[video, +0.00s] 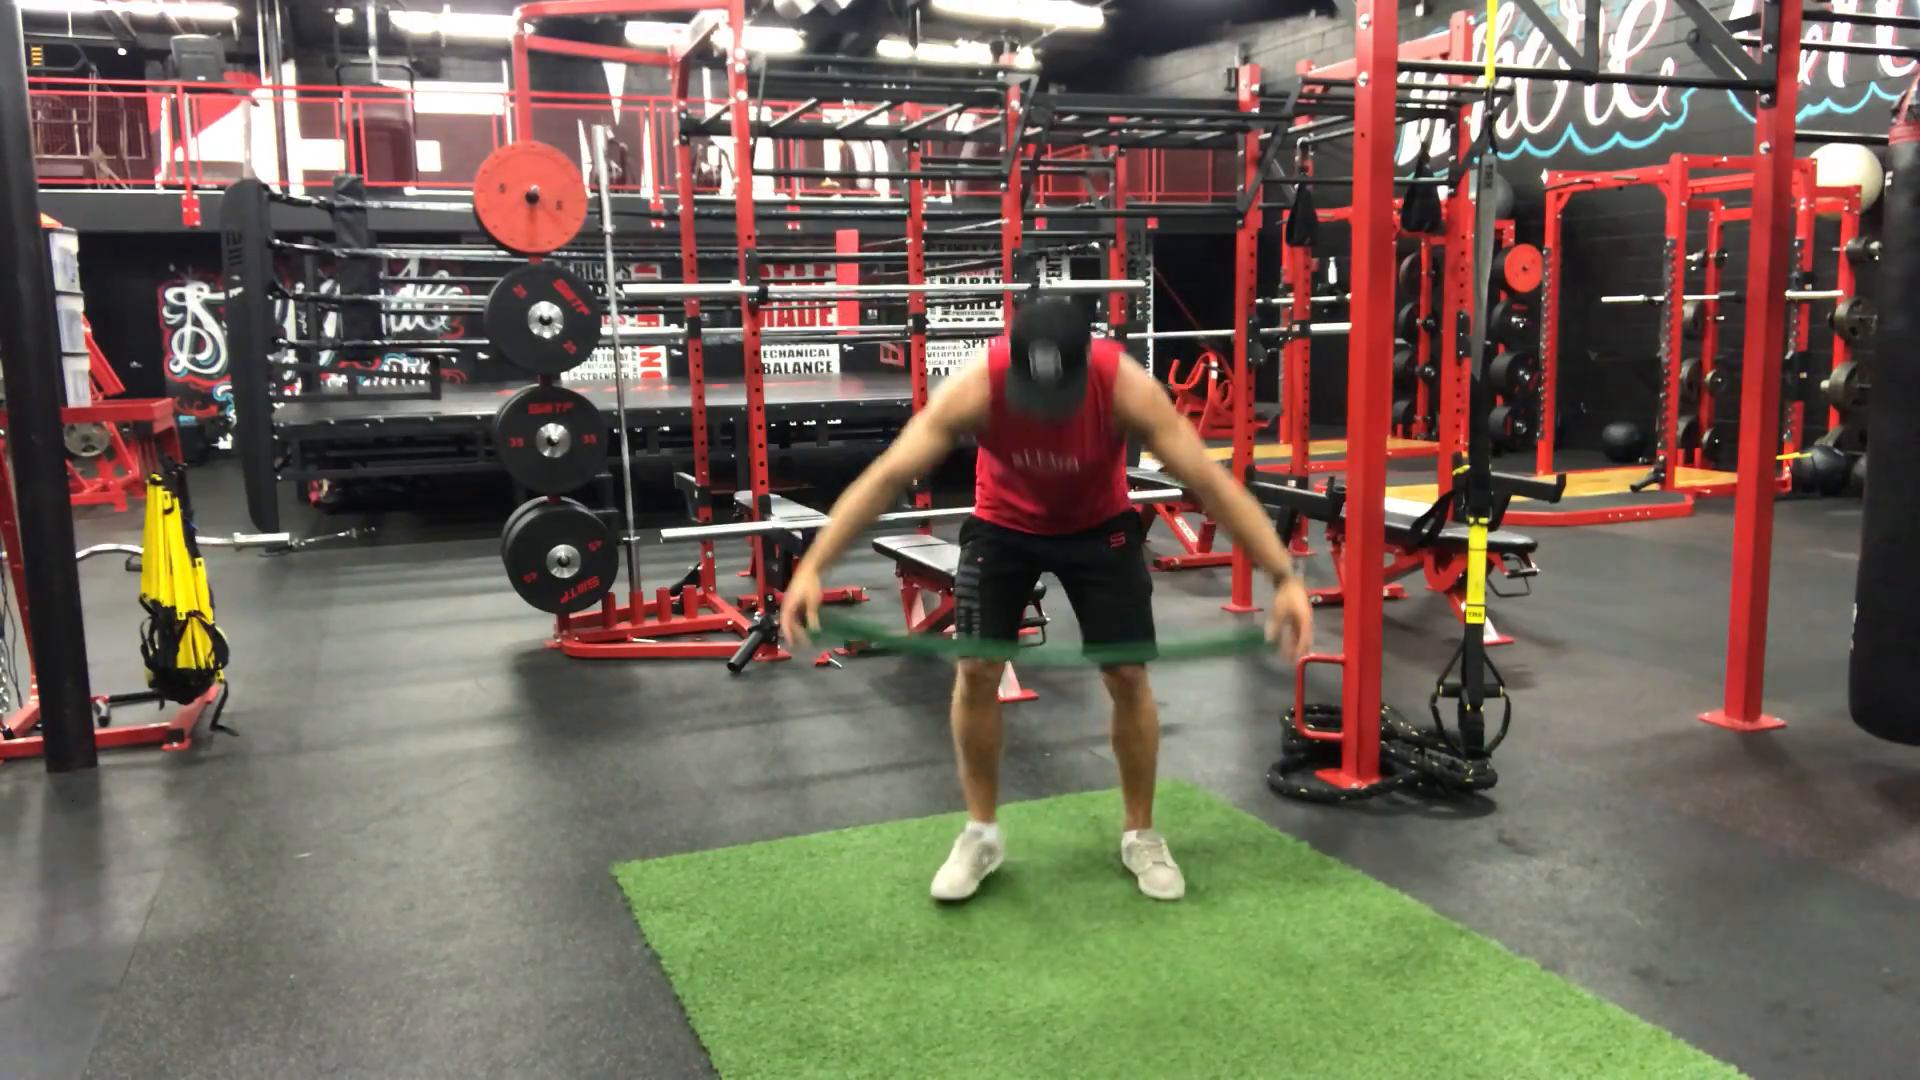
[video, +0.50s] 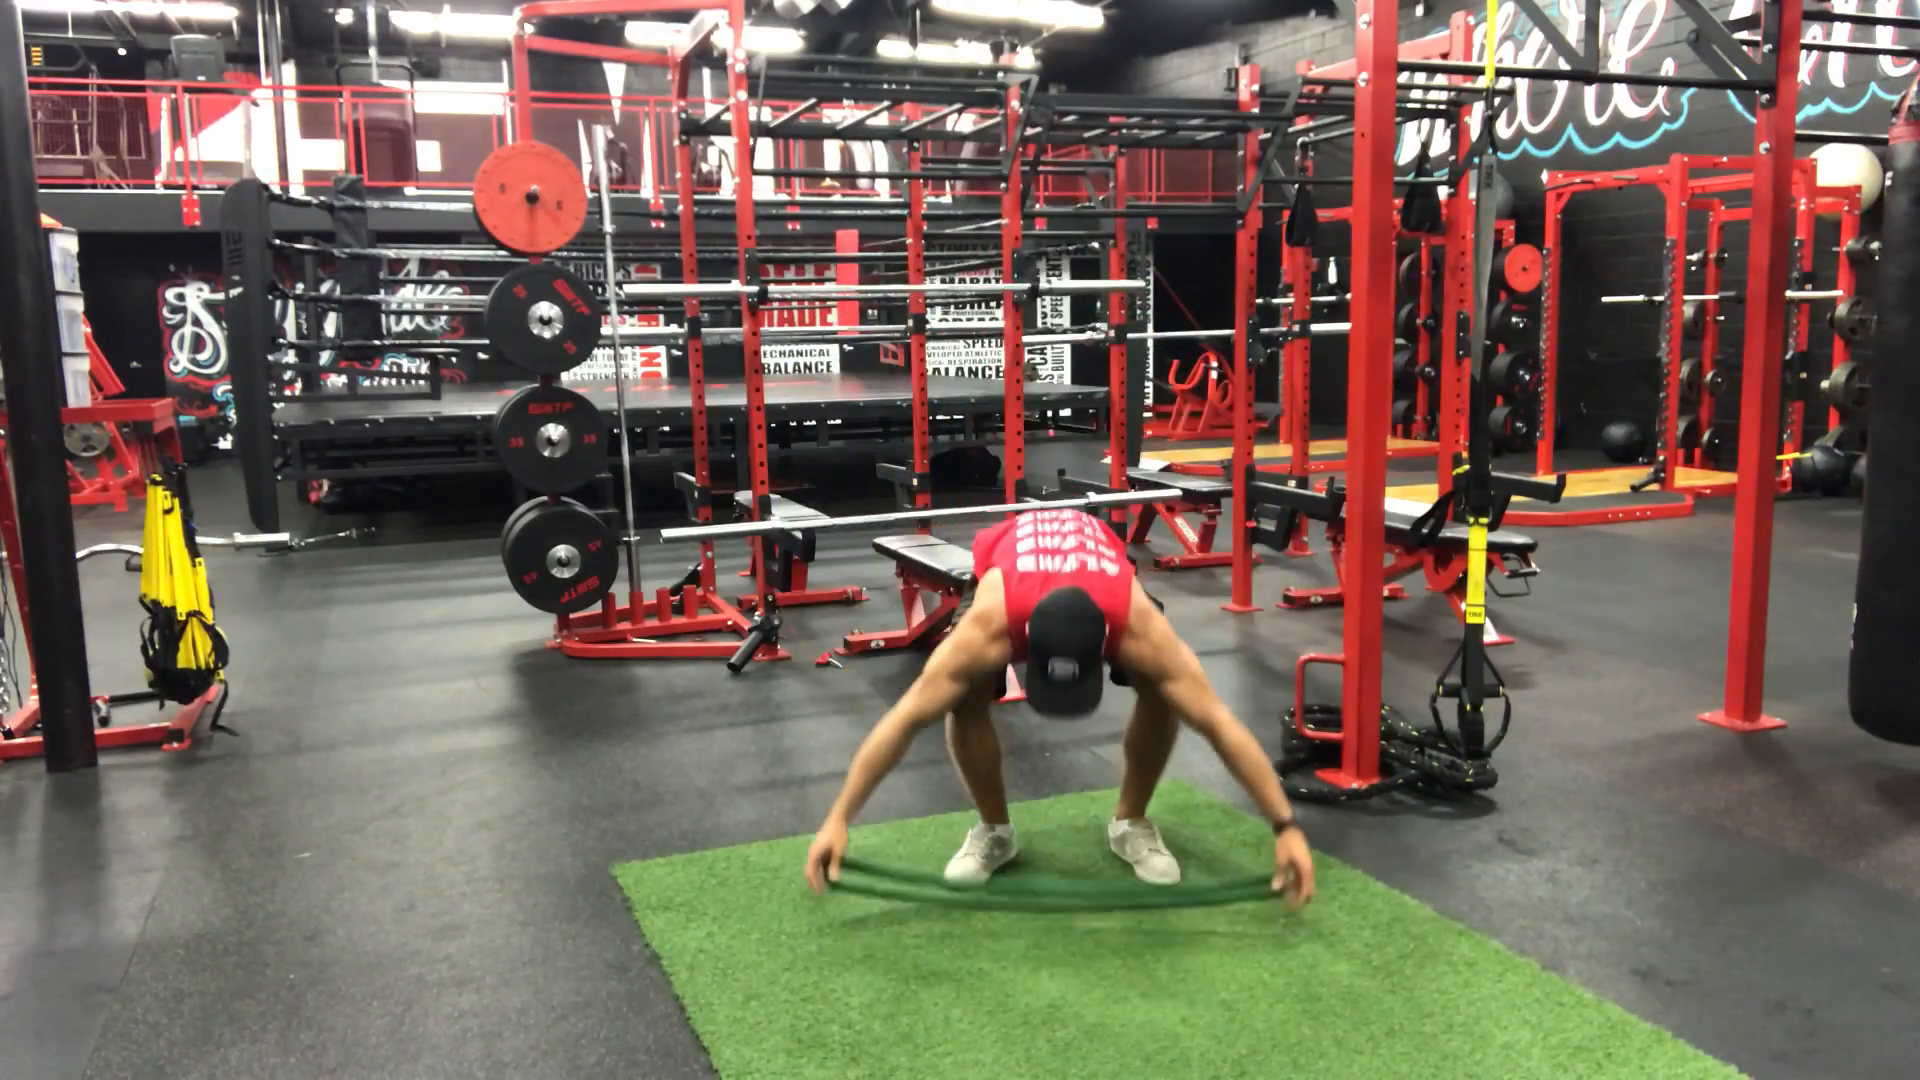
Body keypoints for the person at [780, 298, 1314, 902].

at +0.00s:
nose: (1046, 400)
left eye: (1059, 388)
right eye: (1033, 387)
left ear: (1085, 361)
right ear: (1010, 358)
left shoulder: (1125, 383)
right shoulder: (978, 384)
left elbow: (1209, 478)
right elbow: (887, 474)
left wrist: (1285, 575)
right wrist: (811, 567)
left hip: (1100, 527)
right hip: (1004, 524)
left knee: (1127, 675)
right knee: (976, 671)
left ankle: (1141, 832)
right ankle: (981, 831)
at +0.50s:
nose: (1061, 706)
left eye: (1072, 695)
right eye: (1052, 694)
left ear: (1104, 654)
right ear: (1027, 650)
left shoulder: (1147, 638)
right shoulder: (977, 640)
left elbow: (1219, 725)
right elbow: (903, 719)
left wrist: (1286, 825)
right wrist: (838, 818)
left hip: (1097, 540)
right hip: (1001, 544)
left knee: (1165, 687)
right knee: (962, 696)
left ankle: (1131, 823)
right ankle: (992, 831)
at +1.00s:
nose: (1048, 606)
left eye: (1057, 587)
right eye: (1031, 594)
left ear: (1071, 550)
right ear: (991, 561)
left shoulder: (1109, 533)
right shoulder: (954, 548)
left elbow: (1191, 600)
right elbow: (899, 646)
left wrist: (1250, 695)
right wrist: (854, 748)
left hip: (1085, 551)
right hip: (986, 564)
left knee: (1137, 677)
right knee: (970, 686)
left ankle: (1128, 822)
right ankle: (993, 829)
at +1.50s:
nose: (1013, 358)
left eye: (1023, 341)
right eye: (997, 347)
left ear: (1039, 314)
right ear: (968, 324)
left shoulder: (1085, 344)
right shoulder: (929, 377)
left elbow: (1121, 410)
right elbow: (901, 477)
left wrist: (1144, 490)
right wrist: (883, 579)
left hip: (1088, 513)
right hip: (994, 531)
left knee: (1153, 641)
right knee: (983, 683)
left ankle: (1192, 827)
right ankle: (995, 829)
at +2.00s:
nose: (1136, 296)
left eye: (1151, 283)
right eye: (1124, 279)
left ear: (1180, 258)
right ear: (1105, 248)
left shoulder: (1218, 313)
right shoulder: (1057, 301)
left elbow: (1256, 413)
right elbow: (1011, 395)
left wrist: (1281, 519)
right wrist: (971, 493)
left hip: (1168, 527)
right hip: (1065, 522)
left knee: (1196, 687)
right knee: (1002, 670)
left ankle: (1191, 853)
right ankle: (990, 802)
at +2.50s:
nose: (1137, 284)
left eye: (1153, 271)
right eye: (1127, 268)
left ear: (1184, 254)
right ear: (1111, 242)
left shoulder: (1216, 313)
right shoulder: (1061, 290)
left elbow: (1253, 412)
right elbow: (998, 383)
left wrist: (1298, 509)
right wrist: (949, 486)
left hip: (1145, 531)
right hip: (1044, 524)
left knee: (1179, 690)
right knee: (979, 674)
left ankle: (1189, 854)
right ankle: (912, 832)